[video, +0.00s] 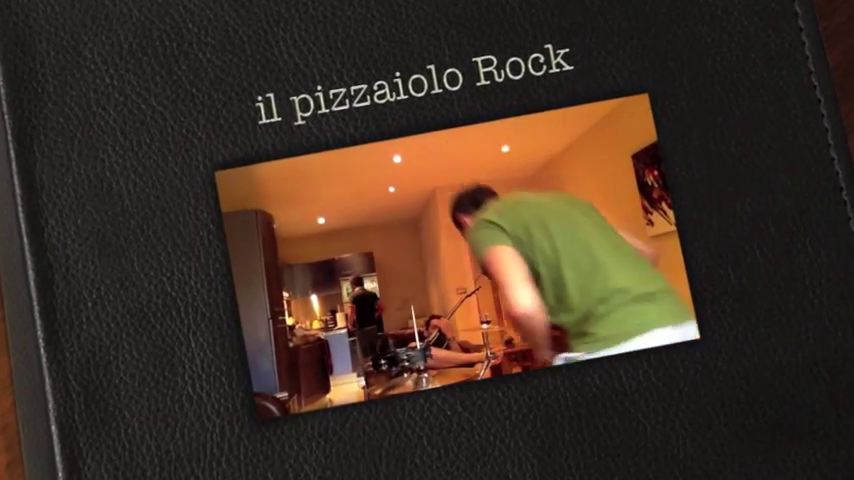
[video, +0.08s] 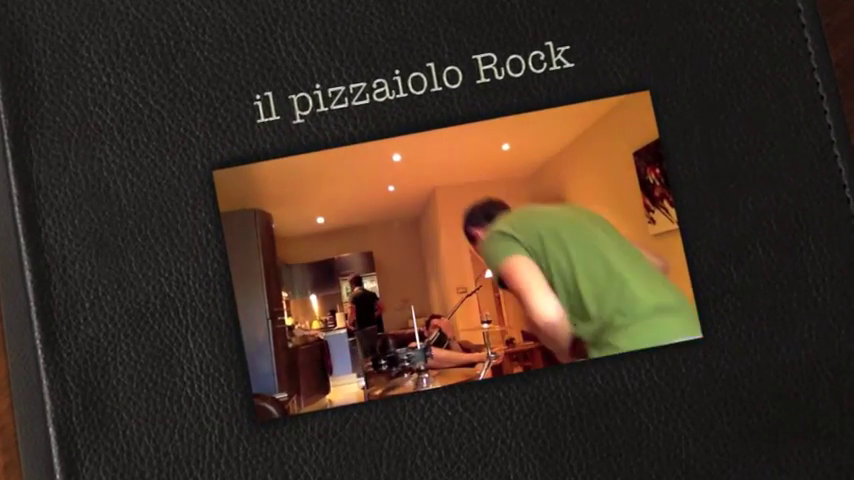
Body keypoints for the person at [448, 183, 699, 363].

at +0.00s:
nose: (470, 239)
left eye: (464, 233)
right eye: (466, 235)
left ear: (464, 221)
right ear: (495, 196)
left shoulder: (486, 225)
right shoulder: (566, 202)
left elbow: (524, 307)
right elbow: (645, 252)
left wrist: (545, 360)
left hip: (609, 347)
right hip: (681, 327)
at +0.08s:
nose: (483, 258)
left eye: (477, 250)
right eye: (479, 252)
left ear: (478, 234)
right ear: (506, 209)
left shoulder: (497, 236)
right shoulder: (573, 213)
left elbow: (549, 316)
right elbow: (656, 264)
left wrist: (565, 357)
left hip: (630, 351)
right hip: (689, 333)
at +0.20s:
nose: (501, 269)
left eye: (497, 263)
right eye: (497, 266)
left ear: (498, 248)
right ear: (529, 228)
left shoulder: (519, 257)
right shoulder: (593, 228)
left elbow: (577, 343)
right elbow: (676, 284)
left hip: (646, 371)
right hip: (702, 342)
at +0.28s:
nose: (509, 271)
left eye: (504, 265)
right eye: (504, 267)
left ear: (509, 249)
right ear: (541, 230)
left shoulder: (529, 263)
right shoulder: (607, 235)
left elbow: (585, 354)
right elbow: (689, 293)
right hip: (711, 353)